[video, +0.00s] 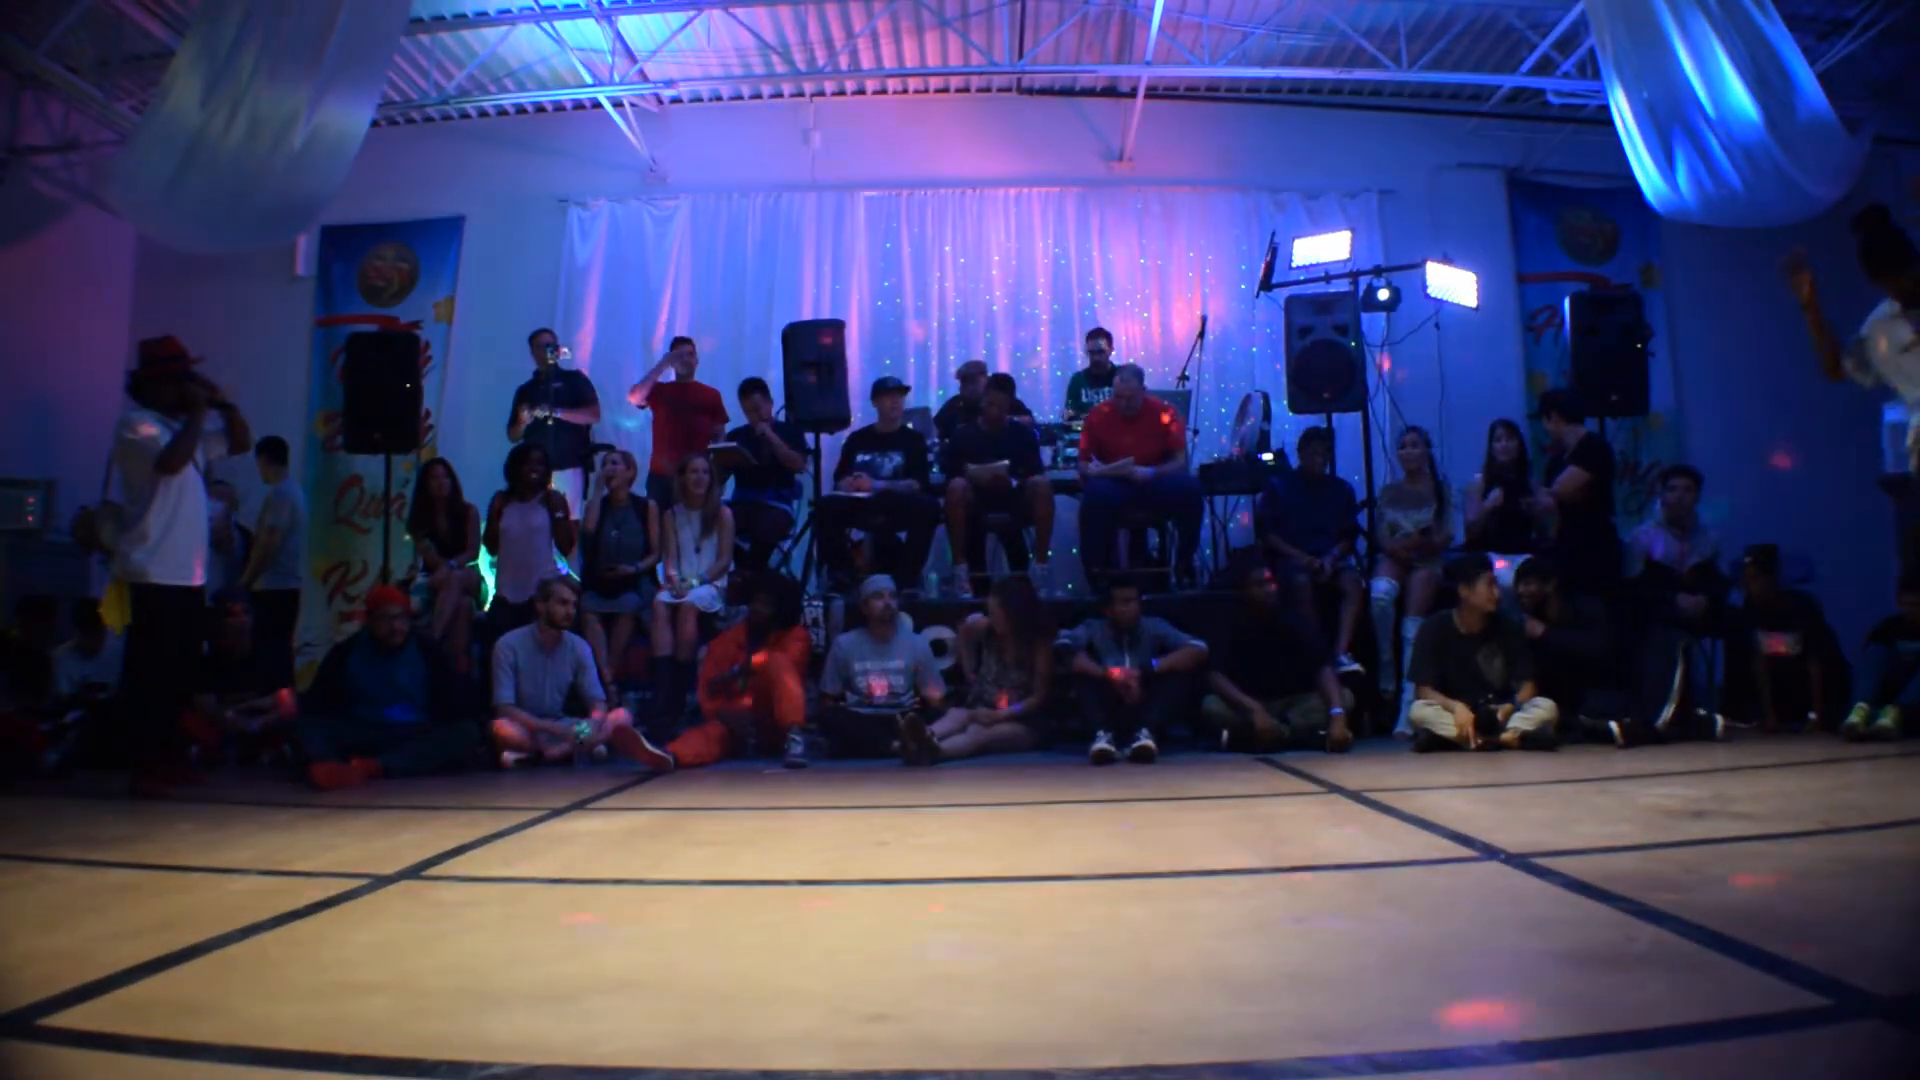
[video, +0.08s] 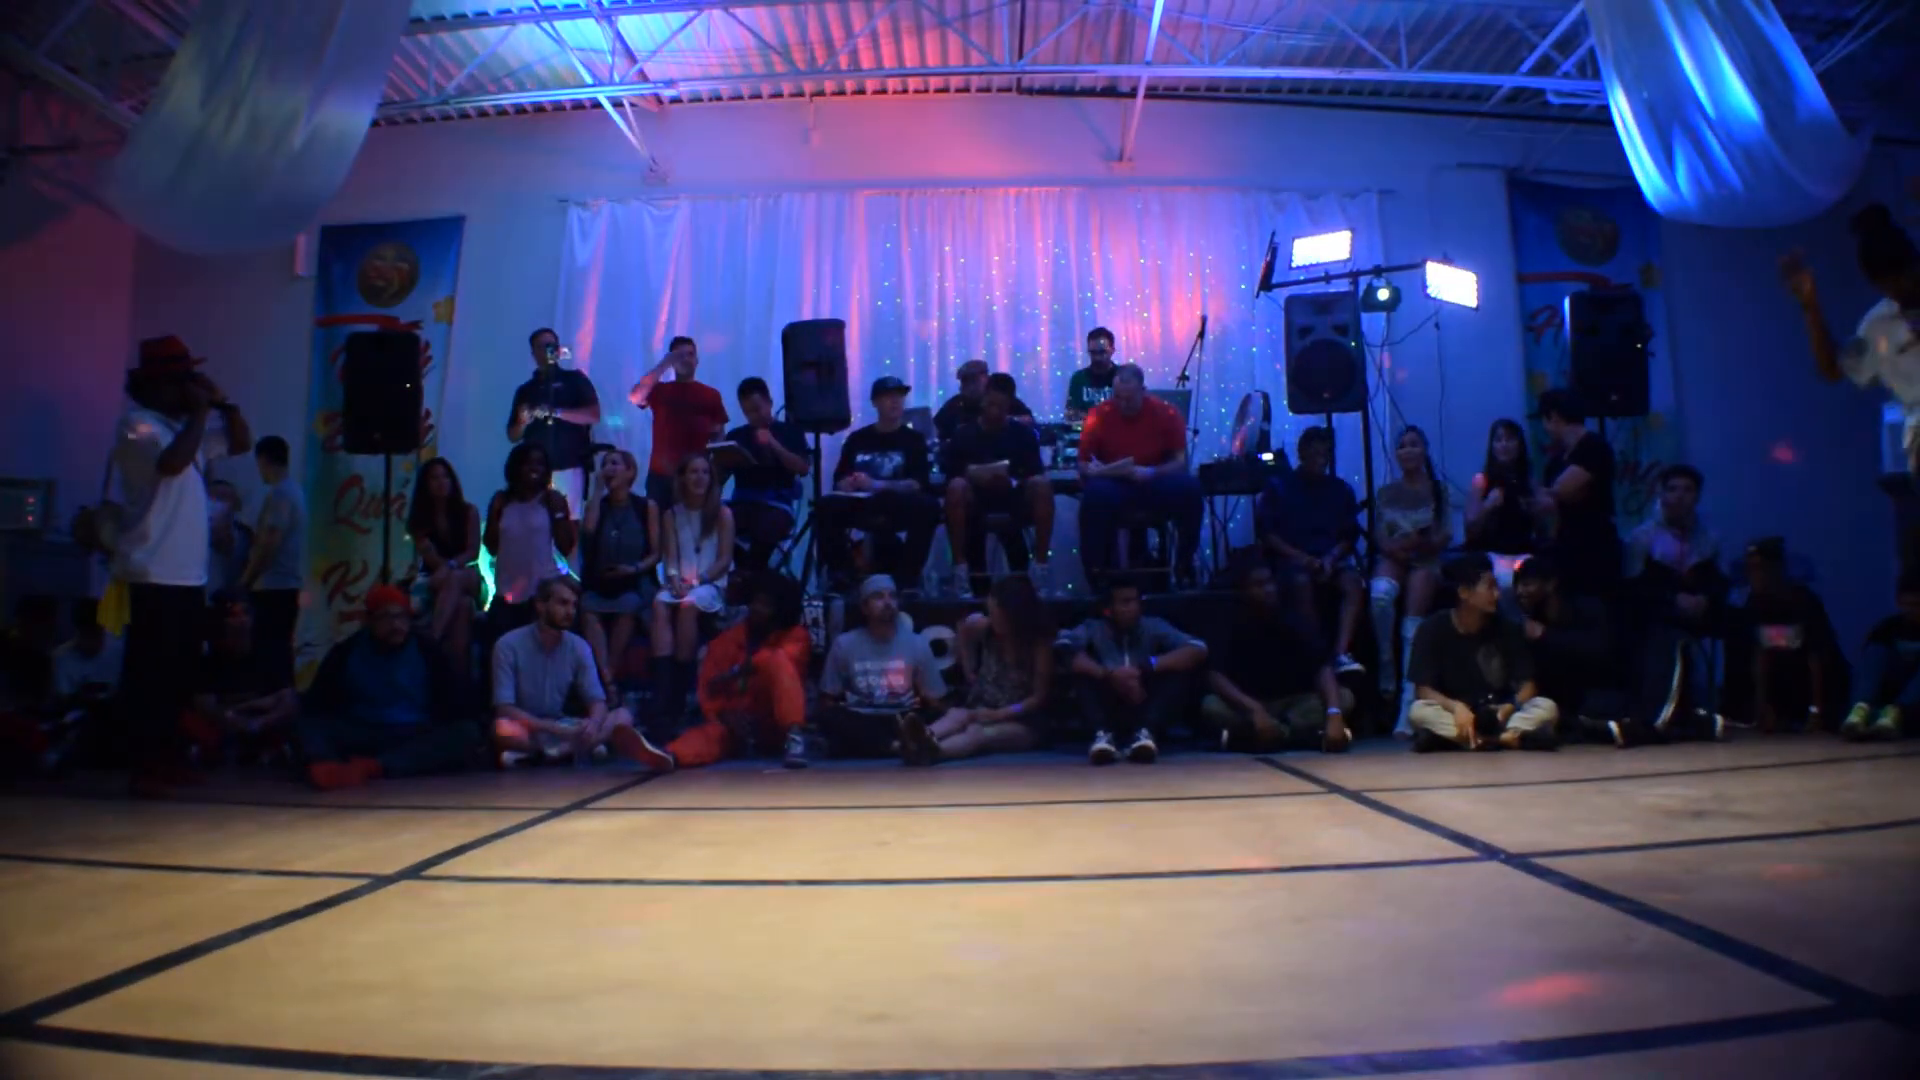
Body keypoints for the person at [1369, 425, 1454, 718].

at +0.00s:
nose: (1409, 452)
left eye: (1415, 446)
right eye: (1403, 447)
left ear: (1427, 451)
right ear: (1398, 454)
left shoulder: (1442, 490)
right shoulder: (1388, 493)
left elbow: (1447, 533)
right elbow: (1380, 533)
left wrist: (1417, 542)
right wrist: (1396, 548)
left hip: (1426, 557)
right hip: (1393, 556)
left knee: (1413, 628)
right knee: (1381, 596)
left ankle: (1409, 694)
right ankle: (1385, 669)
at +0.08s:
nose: (1408, 451)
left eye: (1414, 445)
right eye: (1402, 446)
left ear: (1425, 451)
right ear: (1396, 454)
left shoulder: (1440, 491)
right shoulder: (1385, 494)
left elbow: (1445, 533)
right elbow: (1378, 534)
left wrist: (1419, 545)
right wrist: (1394, 548)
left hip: (1424, 558)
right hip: (1392, 558)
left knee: (1413, 627)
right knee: (1380, 597)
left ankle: (1409, 692)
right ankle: (1386, 667)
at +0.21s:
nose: (1405, 451)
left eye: (1411, 444)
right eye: (1399, 446)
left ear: (1421, 450)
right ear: (1393, 454)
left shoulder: (1435, 492)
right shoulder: (1383, 493)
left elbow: (1440, 534)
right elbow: (1378, 536)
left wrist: (1406, 547)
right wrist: (1402, 546)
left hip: (1422, 557)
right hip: (1390, 557)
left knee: (1412, 629)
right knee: (1380, 598)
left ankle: (1409, 687)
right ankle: (1386, 669)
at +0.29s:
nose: (1403, 450)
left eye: (1409, 445)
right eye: (1397, 446)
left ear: (1419, 451)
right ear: (1390, 453)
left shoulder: (1434, 490)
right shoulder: (1379, 493)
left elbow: (1438, 532)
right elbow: (1375, 535)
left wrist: (1414, 547)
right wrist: (1391, 549)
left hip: (1422, 557)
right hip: (1389, 557)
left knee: (1413, 626)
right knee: (1379, 595)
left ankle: (1409, 687)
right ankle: (1386, 669)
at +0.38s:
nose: (1400, 451)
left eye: (1406, 445)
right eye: (1394, 446)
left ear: (1417, 452)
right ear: (1387, 453)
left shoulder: (1433, 489)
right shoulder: (1379, 493)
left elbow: (1438, 532)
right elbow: (1376, 536)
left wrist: (1409, 542)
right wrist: (1395, 548)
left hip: (1421, 558)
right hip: (1389, 558)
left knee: (1412, 626)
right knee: (1379, 595)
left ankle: (1408, 694)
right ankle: (1386, 668)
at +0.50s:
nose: (1399, 451)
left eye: (1405, 445)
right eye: (1393, 446)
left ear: (1415, 451)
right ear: (1386, 453)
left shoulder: (1430, 488)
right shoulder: (1378, 493)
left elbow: (1438, 529)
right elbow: (1373, 533)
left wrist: (1414, 544)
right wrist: (1389, 549)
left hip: (1420, 558)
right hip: (1388, 558)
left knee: (1412, 628)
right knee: (1379, 596)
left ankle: (1408, 696)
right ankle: (1386, 668)